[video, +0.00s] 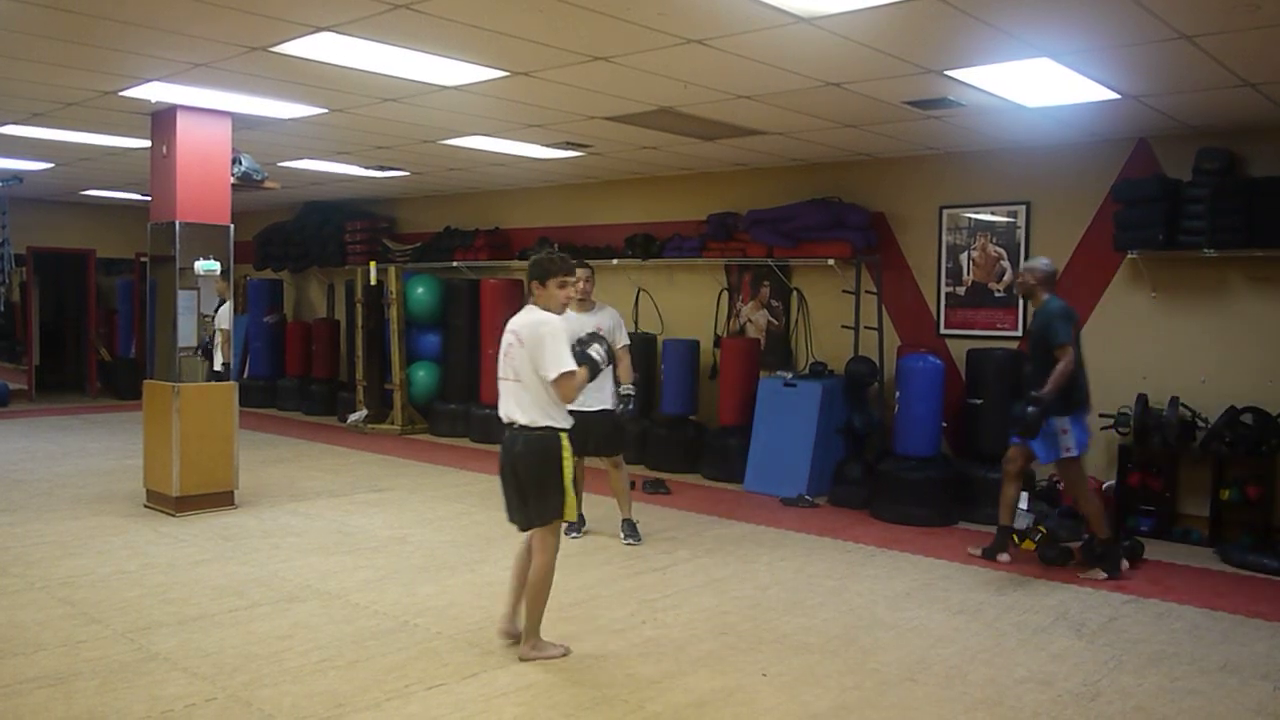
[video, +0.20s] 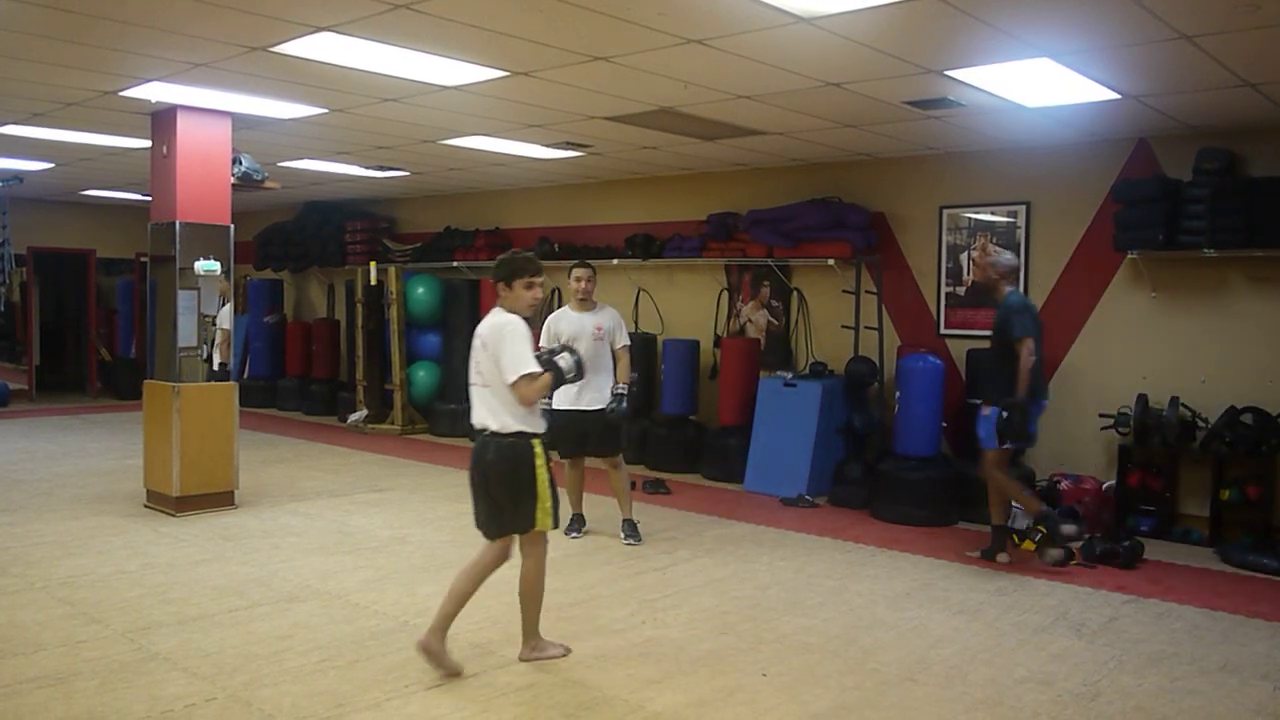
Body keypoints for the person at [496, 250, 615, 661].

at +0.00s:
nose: (572, 292)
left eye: (573, 285)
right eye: (564, 285)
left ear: (536, 290)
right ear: (537, 288)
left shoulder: (518, 322)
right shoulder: (546, 326)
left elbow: (539, 381)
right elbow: (566, 390)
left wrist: (580, 361)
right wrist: (593, 362)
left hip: (516, 439)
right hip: (545, 443)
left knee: (535, 536)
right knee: (546, 542)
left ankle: (510, 622)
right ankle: (531, 640)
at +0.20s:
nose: (538, 294)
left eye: (540, 286)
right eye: (529, 287)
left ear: (509, 290)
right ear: (502, 288)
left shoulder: (490, 325)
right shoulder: (511, 327)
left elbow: (510, 387)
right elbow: (527, 391)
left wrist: (540, 363)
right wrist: (559, 371)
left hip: (488, 446)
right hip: (519, 448)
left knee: (497, 547)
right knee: (535, 545)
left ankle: (434, 636)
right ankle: (532, 641)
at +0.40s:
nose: (509, 303)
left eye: (510, 295)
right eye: (502, 294)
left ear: (471, 295)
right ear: (476, 292)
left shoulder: (447, 329)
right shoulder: (478, 329)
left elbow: (461, 391)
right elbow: (503, 389)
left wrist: (516, 377)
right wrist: (531, 369)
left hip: (447, 458)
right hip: (484, 460)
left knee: (442, 560)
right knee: (509, 554)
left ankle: (417, 667)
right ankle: (523, 646)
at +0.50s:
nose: (494, 300)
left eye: (494, 292)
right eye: (490, 292)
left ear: (456, 289)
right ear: (469, 289)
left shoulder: (429, 327)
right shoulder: (466, 325)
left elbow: (446, 398)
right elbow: (505, 382)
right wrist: (523, 363)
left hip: (431, 458)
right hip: (469, 460)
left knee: (425, 563)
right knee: (505, 554)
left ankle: (416, 669)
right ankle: (493, 658)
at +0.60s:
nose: (478, 291)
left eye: (477, 283)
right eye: (477, 283)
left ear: (435, 282)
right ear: (465, 284)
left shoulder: (413, 324)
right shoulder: (459, 321)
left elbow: (414, 394)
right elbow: (501, 380)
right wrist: (505, 361)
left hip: (418, 457)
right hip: (457, 459)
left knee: (421, 563)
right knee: (492, 561)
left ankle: (415, 670)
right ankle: (456, 672)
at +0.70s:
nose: (465, 287)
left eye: (462, 280)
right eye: (465, 281)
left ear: (422, 282)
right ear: (456, 282)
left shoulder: (399, 326)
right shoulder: (453, 325)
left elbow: (418, 387)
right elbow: (494, 391)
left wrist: (471, 371)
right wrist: (500, 396)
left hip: (406, 461)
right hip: (449, 465)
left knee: (414, 567)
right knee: (468, 578)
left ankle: (417, 670)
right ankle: (417, 689)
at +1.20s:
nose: (417, 291)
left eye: (417, 283)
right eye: (418, 282)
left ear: (370, 279)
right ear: (408, 281)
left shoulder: (338, 328)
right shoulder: (414, 336)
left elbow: (363, 392)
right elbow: (475, 406)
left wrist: (423, 378)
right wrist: (450, 372)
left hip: (354, 480)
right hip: (408, 482)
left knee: (368, 598)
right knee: (402, 609)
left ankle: (349, 712)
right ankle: (395, 715)